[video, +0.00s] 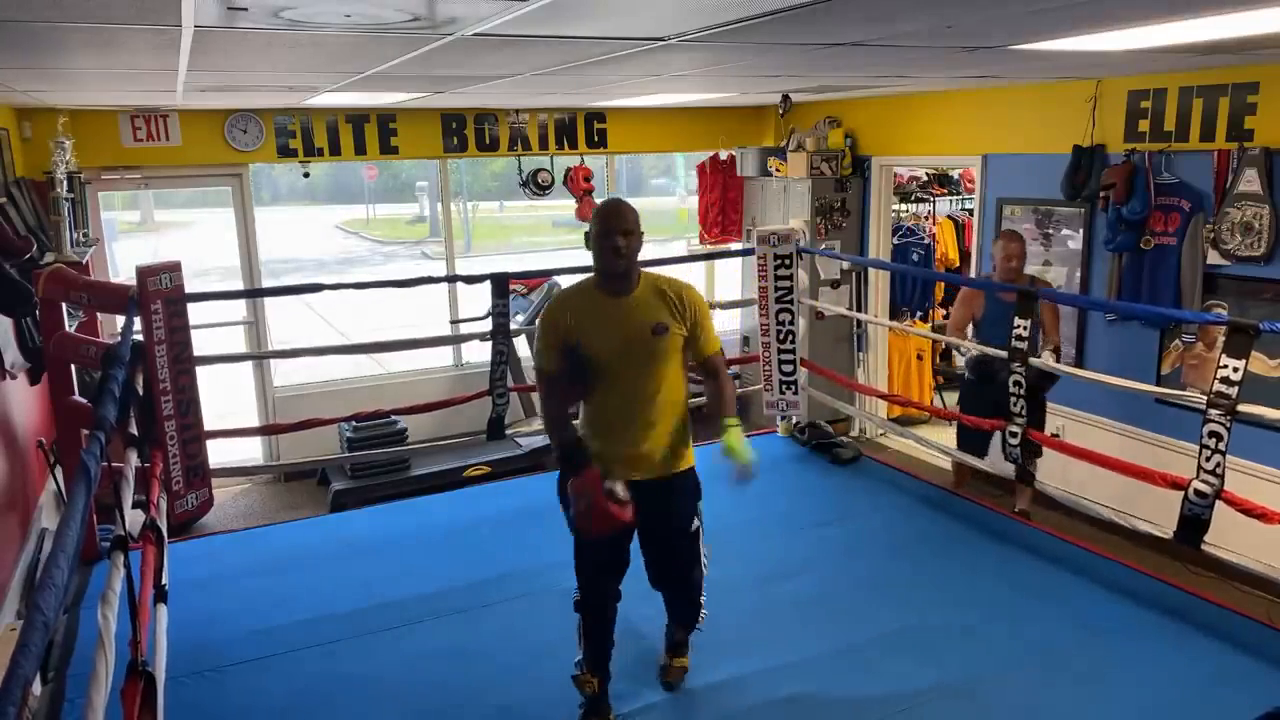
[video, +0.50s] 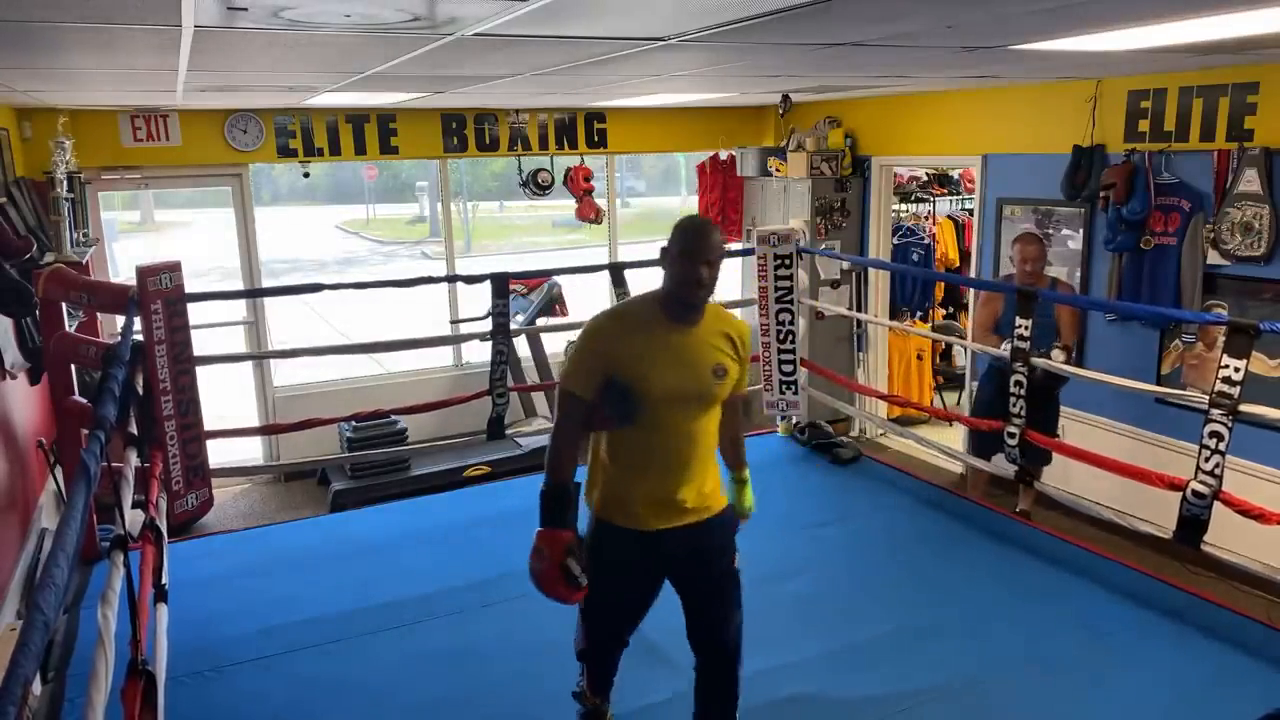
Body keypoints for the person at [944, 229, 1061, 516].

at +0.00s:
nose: (1014, 265)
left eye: (1019, 258)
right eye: (1007, 258)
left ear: (1025, 258)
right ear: (993, 258)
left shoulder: (1040, 291)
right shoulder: (974, 291)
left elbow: (1053, 340)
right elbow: (953, 333)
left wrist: (1048, 358)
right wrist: (969, 352)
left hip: (1024, 384)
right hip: (982, 381)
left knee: (1027, 450)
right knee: (968, 445)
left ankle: (1021, 514)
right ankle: (956, 498)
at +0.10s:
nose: (1019, 267)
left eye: (1025, 259)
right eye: (1012, 260)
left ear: (1033, 259)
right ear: (1001, 259)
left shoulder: (1048, 292)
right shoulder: (982, 292)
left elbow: (1059, 343)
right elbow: (962, 335)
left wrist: (1050, 357)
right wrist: (982, 354)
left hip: (1031, 385)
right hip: (988, 382)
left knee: (1030, 449)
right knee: (970, 443)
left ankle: (1022, 513)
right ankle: (956, 498)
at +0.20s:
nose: (1025, 268)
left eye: (1030, 260)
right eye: (1018, 261)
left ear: (1040, 259)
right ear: (1007, 259)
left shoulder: (1055, 292)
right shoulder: (991, 290)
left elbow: (1064, 341)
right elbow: (971, 332)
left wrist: (1053, 356)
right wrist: (989, 354)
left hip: (1036, 381)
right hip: (994, 377)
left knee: (1032, 448)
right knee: (970, 439)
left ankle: (1023, 513)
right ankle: (957, 498)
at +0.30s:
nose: (1029, 268)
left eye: (1035, 261)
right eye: (1022, 262)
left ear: (1044, 260)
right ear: (1011, 260)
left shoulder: (1059, 291)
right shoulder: (993, 290)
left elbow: (1068, 343)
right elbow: (976, 336)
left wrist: (1054, 357)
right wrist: (1002, 349)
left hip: (1039, 383)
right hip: (997, 378)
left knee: (1034, 451)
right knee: (977, 443)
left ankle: (1022, 513)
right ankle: (965, 504)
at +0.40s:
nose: (1030, 269)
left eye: (1036, 262)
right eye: (1023, 262)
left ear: (1045, 260)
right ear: (1013, 260)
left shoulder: (1061, 292)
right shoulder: (994, 290)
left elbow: (1069, 344)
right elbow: (978, 335)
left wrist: (1055, 357)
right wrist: (1003, 349)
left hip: (1040, 384)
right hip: (998, 380)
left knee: (1034, 453)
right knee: (980, 446)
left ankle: (1023, 514)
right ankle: (975, 509)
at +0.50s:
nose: (1030, 268)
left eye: (1036, 261)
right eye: (1023, 261)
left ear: (1045, 259)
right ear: (1013, 260)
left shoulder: (1061, 291)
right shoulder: (996, 289)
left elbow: (1069, 342)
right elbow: (979, 335)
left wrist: (1058, 355)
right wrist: (1006, 347)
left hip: (1041, 384)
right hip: (998, 379)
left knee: (1034, 453)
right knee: (981, 445)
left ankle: (1023, 515)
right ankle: (974, 508)